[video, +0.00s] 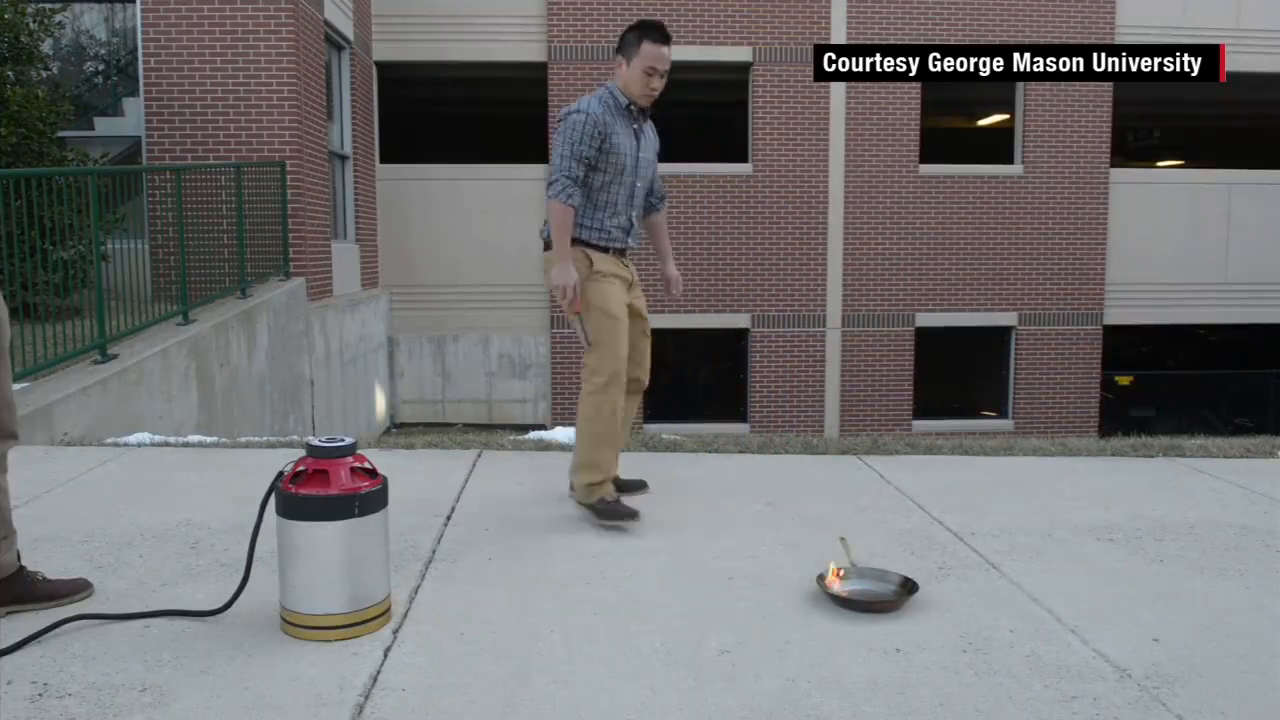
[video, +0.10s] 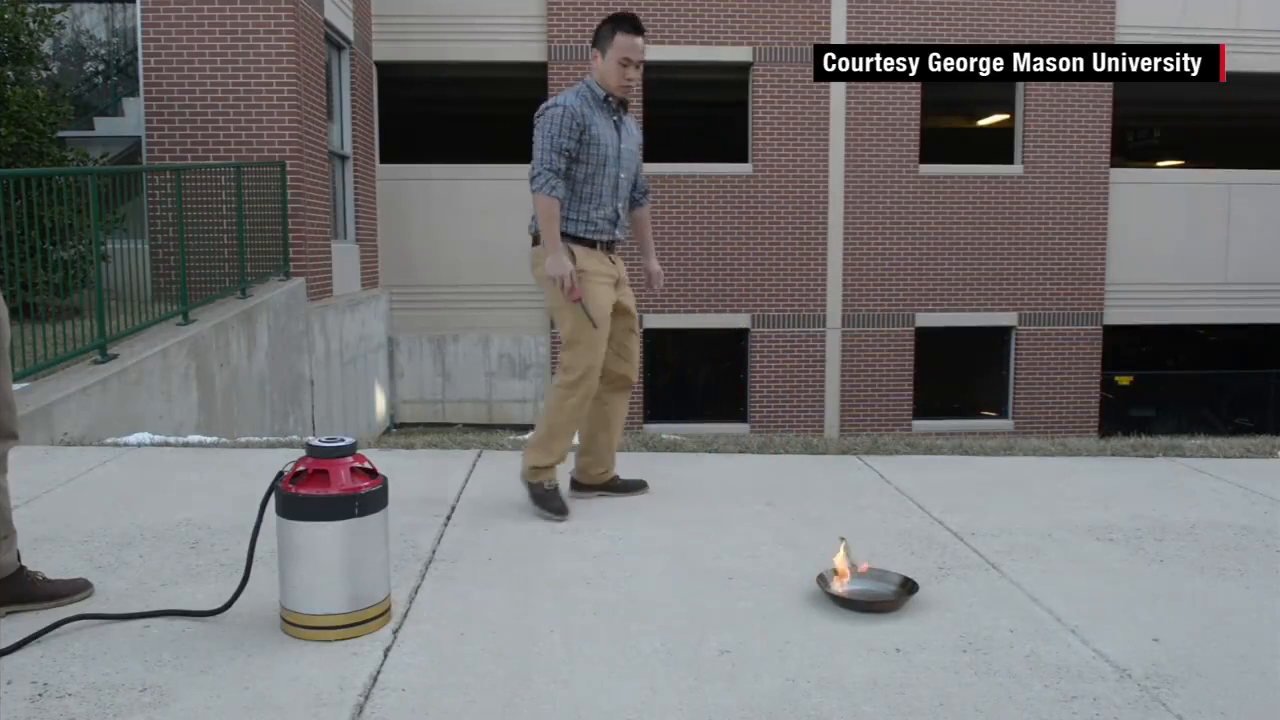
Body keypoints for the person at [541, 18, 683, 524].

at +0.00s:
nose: (657, 84)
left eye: (664, 75)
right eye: (649, 72)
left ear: (666, 73)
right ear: (619, 65)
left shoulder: (646, 131)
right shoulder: (586, 116)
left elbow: (652, 204)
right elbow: (562, 189)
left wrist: (667, 262)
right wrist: (561, 260)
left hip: (622, 263)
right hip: (588, 260)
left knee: (633, 373)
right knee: (607, 368)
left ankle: (602, 471)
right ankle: (591, 485)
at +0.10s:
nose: (633, 74)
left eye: (638, 65)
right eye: (624, 63)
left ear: (640, 64)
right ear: (595, 58)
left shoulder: (627, 126)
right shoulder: (563, 110)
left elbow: (637, 197)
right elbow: (545, 184)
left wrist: (649, 256)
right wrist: (554, 252)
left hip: (610, 259)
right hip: (572, 254)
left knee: (618, 372)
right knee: (581, 366)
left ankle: (594, 474)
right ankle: (539, 471)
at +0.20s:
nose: (595, 68)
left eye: (600, 60)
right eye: (586, 58)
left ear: (603, 62)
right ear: (557, 56)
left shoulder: (594, 122)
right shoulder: (532, 111)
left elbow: (606, 195)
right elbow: (523, 184)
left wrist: (618, 252)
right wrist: (541, 246)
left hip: (594, 261)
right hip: (548, 257)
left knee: (606, 370)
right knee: (536, 367)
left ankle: (592, 473)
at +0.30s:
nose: (568, 71)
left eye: (573, 62)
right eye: (558, 61)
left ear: (576, 64)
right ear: (530, 61)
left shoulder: (569, 125)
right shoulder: (508, 117)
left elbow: (580, 201)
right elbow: (504, 191)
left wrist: (598, 254)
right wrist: (533, 246)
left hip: (576, 266)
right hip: (527, 264)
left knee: (602, 371)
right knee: (500, 373)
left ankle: (593, 474)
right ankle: (430, 446)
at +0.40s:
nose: (525, 77)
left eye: (531, 68)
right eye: (515, 67)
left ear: (536, 69)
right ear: (487, 68)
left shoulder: (532, 133)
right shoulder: (467, 124)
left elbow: (539, 204)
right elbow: (468, 198)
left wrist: (560, 256)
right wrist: (510, 239)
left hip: (538, 268)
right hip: (487, 269)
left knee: (574, 370)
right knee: (464, 374)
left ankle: (592, 472)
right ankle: (413, 465)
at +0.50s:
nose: (499, 76)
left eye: (505, 66)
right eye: (489, 65)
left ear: (510, 69)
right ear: (462, 67)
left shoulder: (507, 129)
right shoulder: (440, 121)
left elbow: (516, 202)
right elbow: (442, 193)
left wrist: (534, 257)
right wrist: (486, 232)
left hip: (511, 265)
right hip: (463, 264)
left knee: (544, 366)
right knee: (442, 373)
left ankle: (582, 462)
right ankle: (410, 469)